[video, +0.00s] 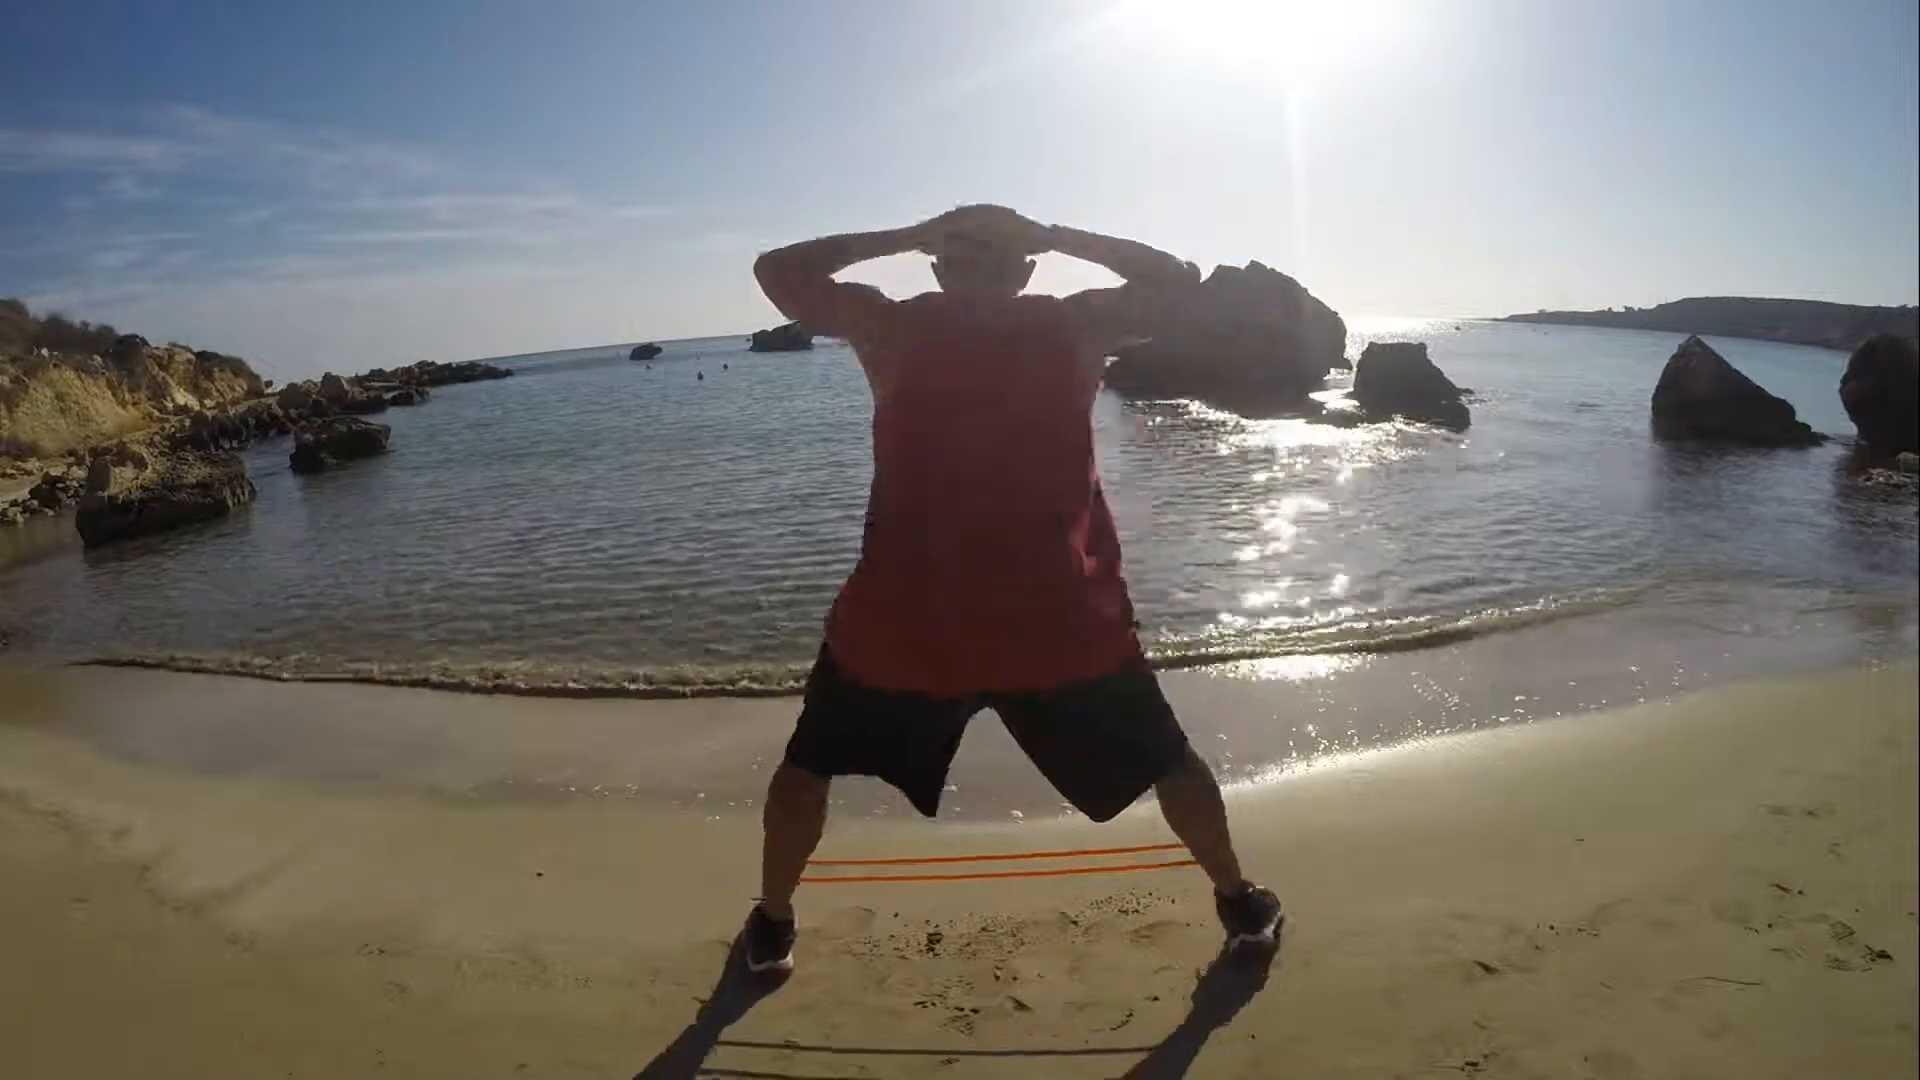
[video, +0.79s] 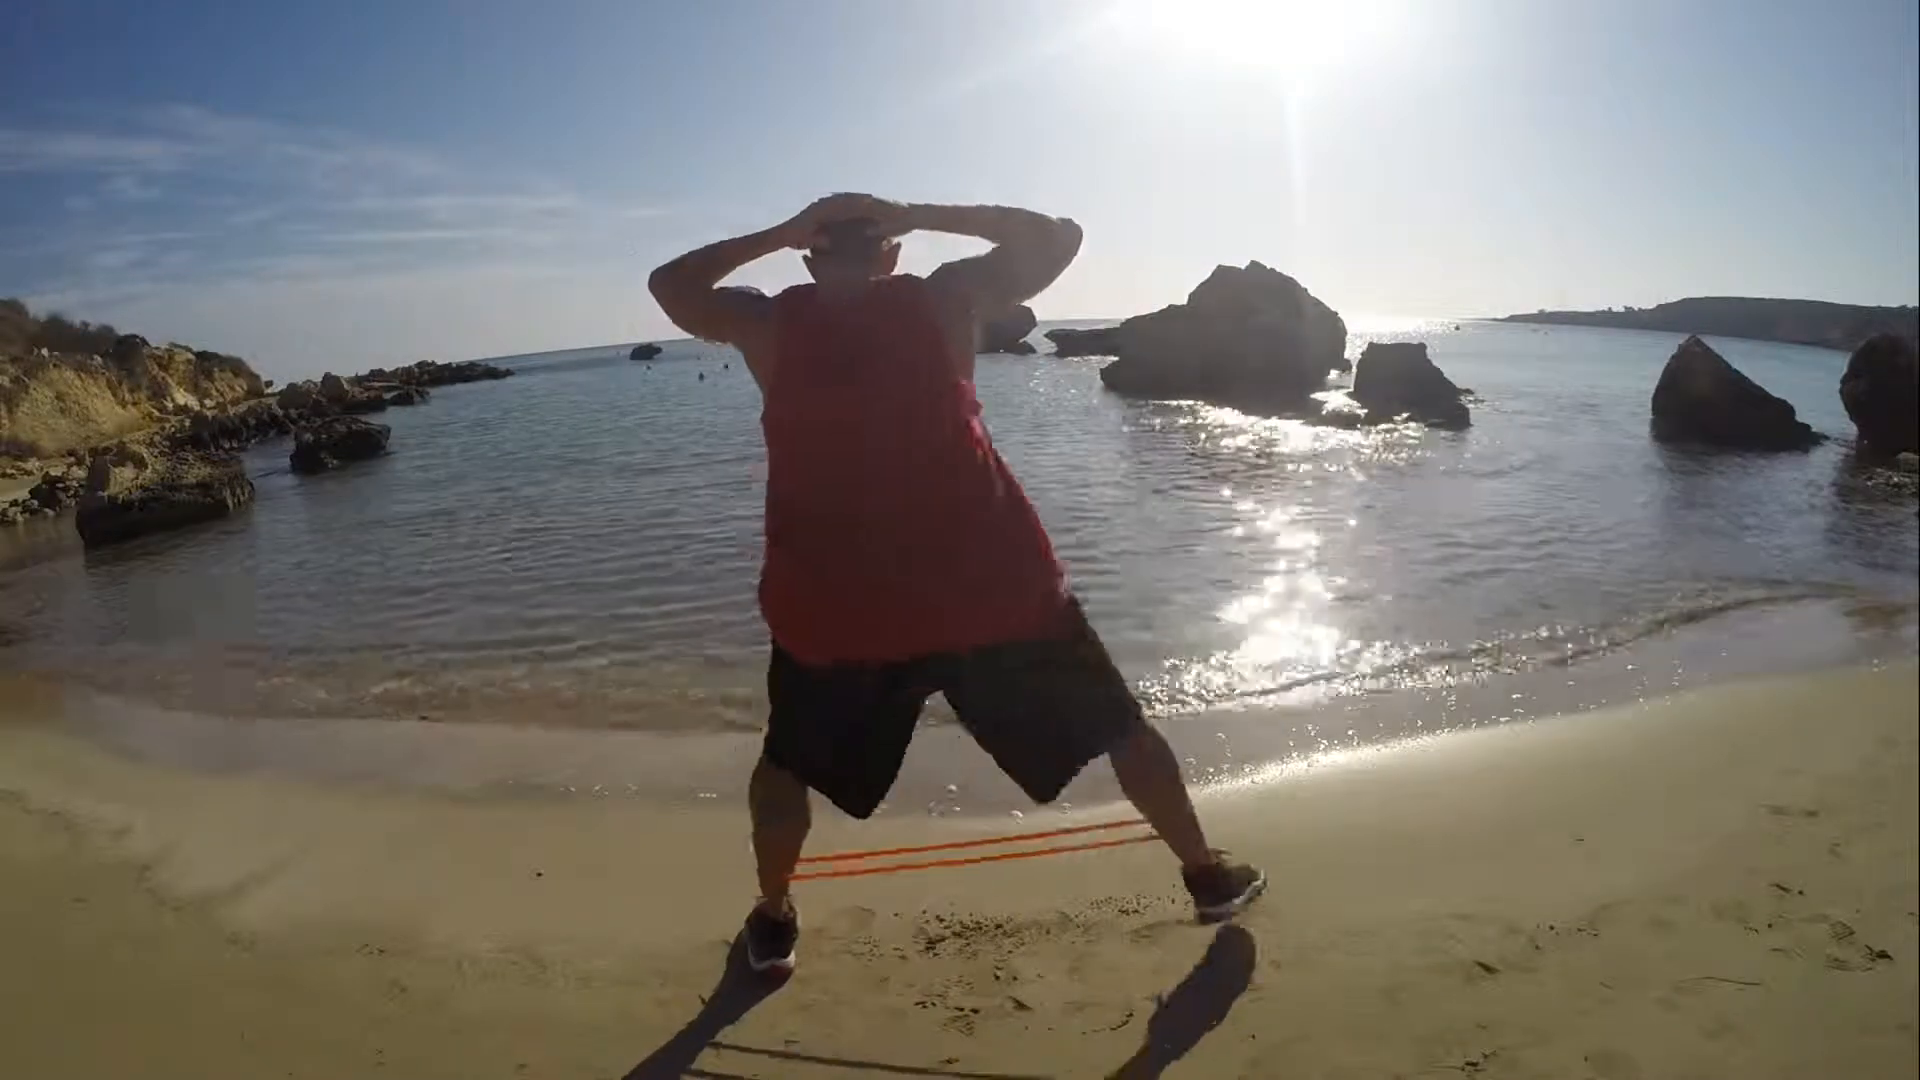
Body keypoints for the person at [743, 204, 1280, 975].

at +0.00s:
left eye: (961, 247)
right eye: (999, 247)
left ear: (942, 260)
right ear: (1025, 263)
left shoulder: (891, 327)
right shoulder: (1072, 325)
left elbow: (779, 269)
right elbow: (1179, 279)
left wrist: (908, 236)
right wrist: (1057, 236)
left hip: (907, 607)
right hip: (1055, 607)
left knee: (807, 764)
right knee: (1169, 758)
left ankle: (769, 926)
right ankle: (1238, 903)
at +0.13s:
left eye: (880, 220)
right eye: (925, 220)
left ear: (860, 244)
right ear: (946, 244)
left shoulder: (809, 306)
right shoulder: (991, 303)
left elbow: (708, 251)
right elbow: (1102, 257)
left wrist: (830, 220)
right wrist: (974, 217)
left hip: (833, 585)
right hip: (985, 575)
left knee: (779, 761)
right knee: (1094, 739)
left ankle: (768, 925)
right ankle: (1141, 900)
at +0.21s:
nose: (866, 227)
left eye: (857, 218)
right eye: (875, 218)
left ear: (824, 241)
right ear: (914, 242)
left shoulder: (776, 304)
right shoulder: (961, 297)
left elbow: (676, 253)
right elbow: (1070, 247)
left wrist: (797, 218)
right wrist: (941, 211)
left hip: (809, 591)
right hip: (956, 583)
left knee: (767, 771)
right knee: (1025, 754)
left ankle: (764, 923)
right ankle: (1033, 910)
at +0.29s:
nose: (837, 230)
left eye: (843, 220)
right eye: (832, 219)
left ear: (799, 240)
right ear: (888, 239)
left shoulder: (753, 303)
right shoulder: (937, 293)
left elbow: (658, 258)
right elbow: (1047, 243)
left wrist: (773, 218)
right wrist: (916, 209)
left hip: (784, 594)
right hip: (930, 591)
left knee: (754, 774)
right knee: (961, 767)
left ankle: (763, 922)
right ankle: (940, 909)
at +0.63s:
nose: (812, 245)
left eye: (805, 235)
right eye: (824, 232)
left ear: (777, 252)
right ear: (863, 248)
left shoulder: (733, 318)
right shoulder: (913, 301)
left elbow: (641, 281)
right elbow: (1020, 246)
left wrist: (749, 232)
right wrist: (886, 217)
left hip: (782, 588)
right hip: (926, 577)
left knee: (768, 764)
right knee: (1002, 733)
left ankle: (764, 923)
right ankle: (1008, 899)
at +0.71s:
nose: (823, 246)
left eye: (816, 233)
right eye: (834, 230)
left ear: (787, 250)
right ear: (872, 246)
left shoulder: (746, 318)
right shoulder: (922, 297)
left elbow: (652, 282)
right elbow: (1031, 237)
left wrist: (759, 232)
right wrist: (893, 212)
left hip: (806, 585)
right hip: (955, 568)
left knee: (776, 755)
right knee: (1064, 725)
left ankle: (767, 920)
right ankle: (1120, 884)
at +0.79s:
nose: (857, 241)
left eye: (839, 235)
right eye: (866, 233)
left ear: (808, 256)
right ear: (892, 248)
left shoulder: (771, 321)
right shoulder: (950, 296)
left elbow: (672, 284)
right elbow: (1055, 235)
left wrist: (780, 235)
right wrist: (917, 215)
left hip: (837, 588)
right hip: (986, 570)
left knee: (785, 758)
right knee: (1121, 725)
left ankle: (771, 922)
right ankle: (1205, 871)